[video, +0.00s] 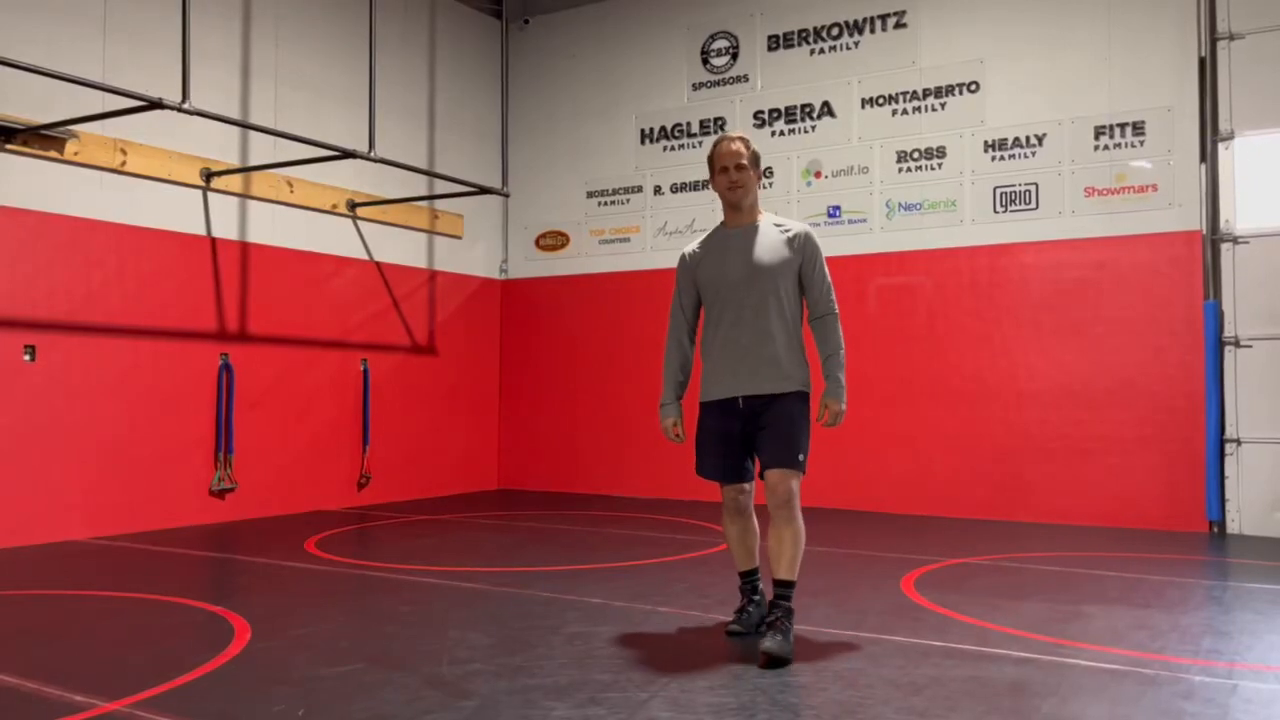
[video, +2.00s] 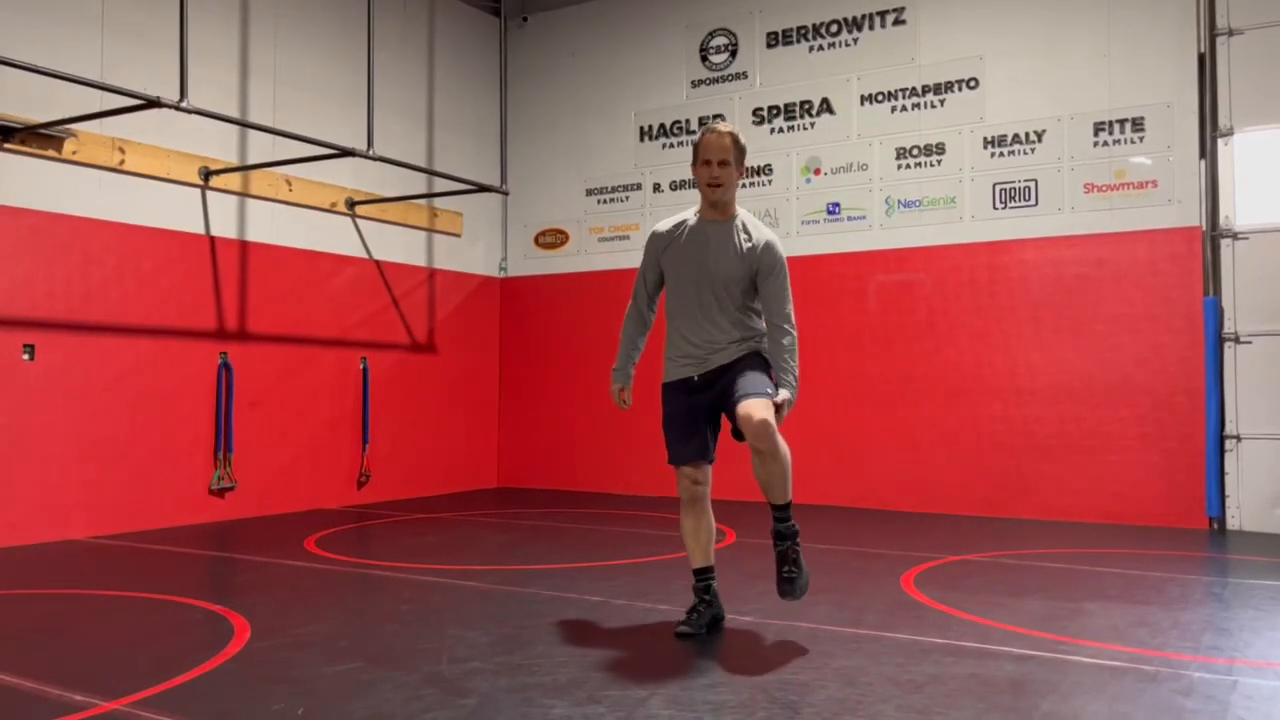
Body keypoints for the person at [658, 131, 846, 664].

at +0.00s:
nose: (733, 175)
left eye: (741, 167)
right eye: (724, 169)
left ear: (759, 175)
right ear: (711, 182)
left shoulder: (796, 239)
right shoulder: (697, 256)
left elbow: (825, 316)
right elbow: (680, 334)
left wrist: (835, 385)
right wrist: (671, 399)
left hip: (783, 392)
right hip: (722, 398)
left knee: (782, 493)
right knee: (734, 498)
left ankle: (782, 614)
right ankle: (753, 599)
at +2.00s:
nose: (714, 173)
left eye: (724, 164)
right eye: (705, 164)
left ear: (741, 171)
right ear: (693, 170)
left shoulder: (761, 244)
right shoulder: (665, 239)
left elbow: (781, 323)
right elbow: (641, 307)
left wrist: (786, 385)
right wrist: (623, 367)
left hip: (745, 360)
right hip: (685, 372)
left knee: (759, 423)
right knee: (692, 483)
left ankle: (785, 537)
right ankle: (705, 599)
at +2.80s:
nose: (775, 181)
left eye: (784, 173)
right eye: (767, 173)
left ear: (802, 179)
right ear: (756, 180)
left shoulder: (831, 246)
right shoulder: (734, 248)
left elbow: (854, 314)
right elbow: (706, 316)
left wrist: (852, 364)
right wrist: (698, 371)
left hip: (818, 388)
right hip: (756, 389)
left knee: (817, 488)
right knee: (734, 487)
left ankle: (813, 592)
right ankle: (712, 599)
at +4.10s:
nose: (724, 183)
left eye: (733, 175)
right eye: (718, 176)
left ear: (756, 182)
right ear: (711, 185)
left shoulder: (783, 244)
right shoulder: (698, 253)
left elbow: (793, 323)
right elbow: (683, 327)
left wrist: (772, 384)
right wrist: (675, 388)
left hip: (767, 390)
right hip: (713, 391)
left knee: (787, 486)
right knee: (720, 484)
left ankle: (806, 587)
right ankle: (728, 583)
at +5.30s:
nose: (773, 176)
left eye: (783, 169)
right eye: (765, 168)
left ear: (799, 179)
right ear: (754, 178)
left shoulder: (825, 245)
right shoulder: (728, 248)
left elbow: (847, 316)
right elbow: (709, 320)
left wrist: (805, 318)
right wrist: (741, 351)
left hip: (808, 385)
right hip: (747, 387)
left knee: (810, 489)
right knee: (733, 485)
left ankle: (810, 593)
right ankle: (729, 580)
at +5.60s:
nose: (790, 176)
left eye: (800, 168)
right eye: (782, 168)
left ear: (818, 175)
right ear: (772, 176)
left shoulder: (843, 239)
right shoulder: (747, 244)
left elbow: (844, 304)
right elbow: (734, 314)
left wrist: (804, 253)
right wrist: (794, 282)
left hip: (821, 382)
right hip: (760, 380)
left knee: (819, 489)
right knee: (730, 480)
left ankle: (813, 591)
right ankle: (738, 572)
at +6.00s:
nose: (772, 177)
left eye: (782, 168)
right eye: (768, 168)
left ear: (812, 172)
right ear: (767, 173)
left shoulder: (843, 237)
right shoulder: (744, 240)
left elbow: (845, 303)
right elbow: (725, 311)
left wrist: (815, 246)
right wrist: (794, 307)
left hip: (819, 383)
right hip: (757, 383)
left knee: (816, 491)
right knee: (746, 488)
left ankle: (812, 596)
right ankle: (741, 607)